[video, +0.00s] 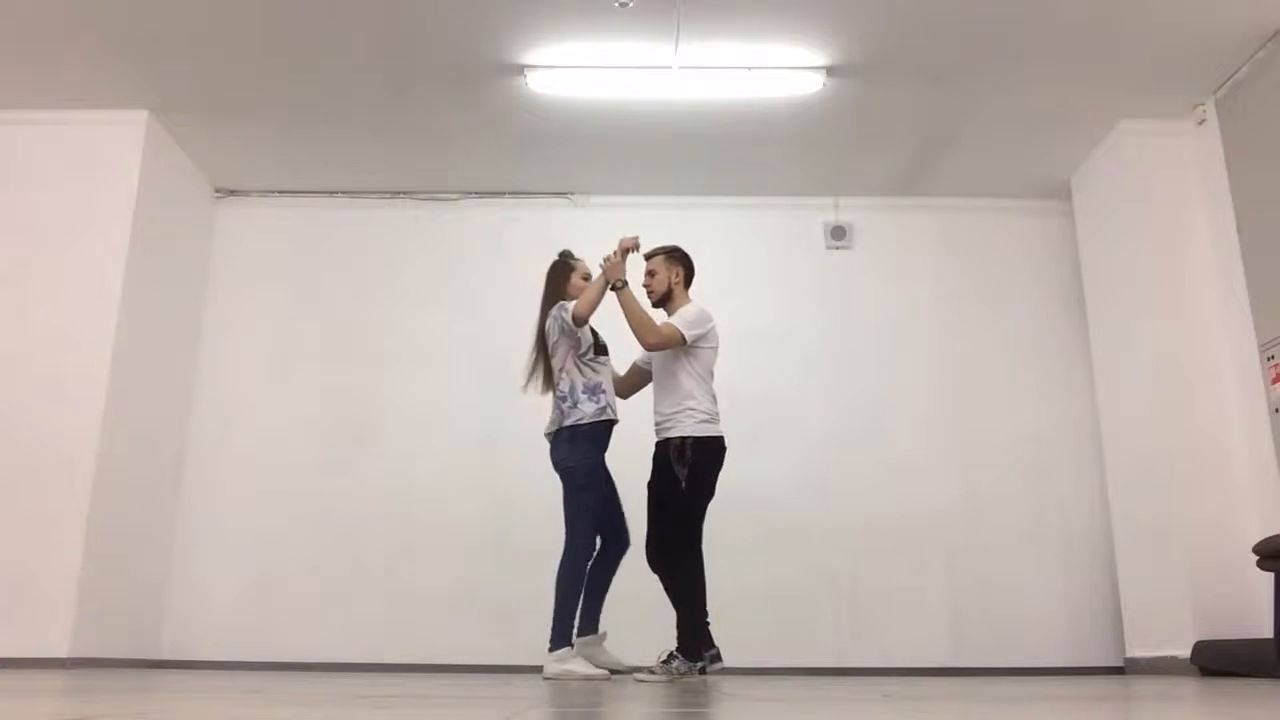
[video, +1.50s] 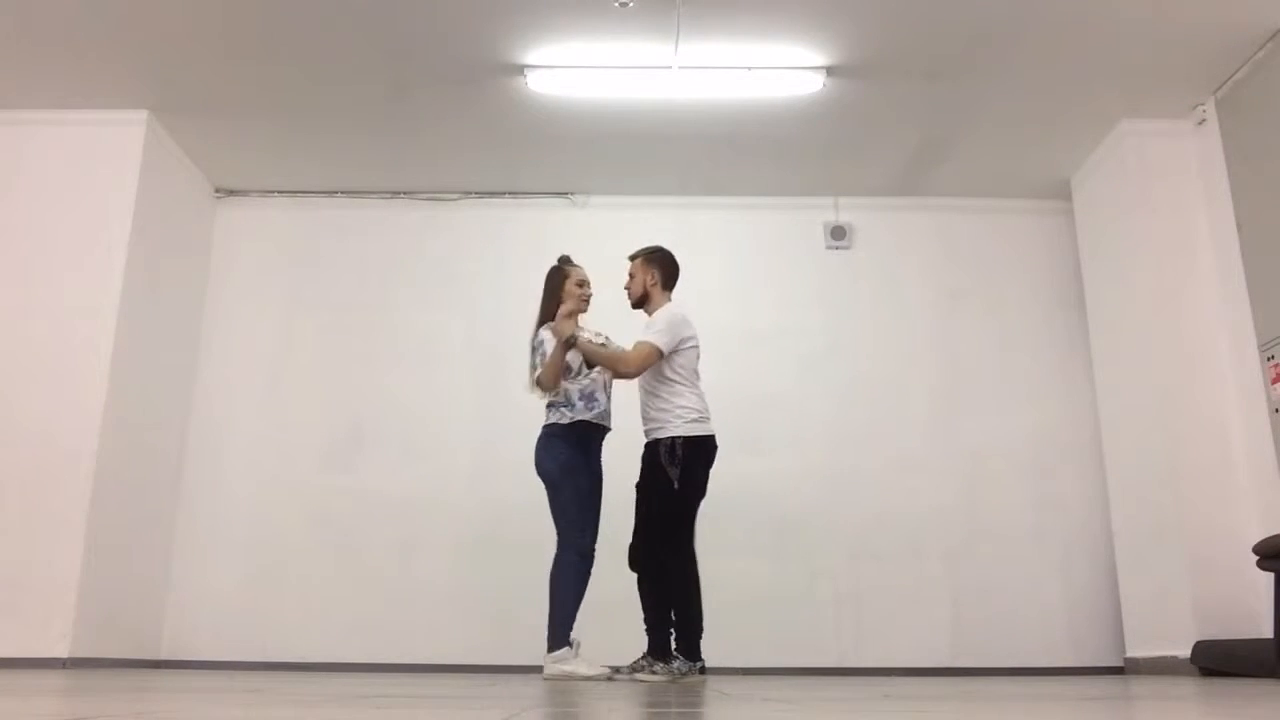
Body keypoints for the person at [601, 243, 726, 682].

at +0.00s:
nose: (645, 282)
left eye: (652, 273)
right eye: (643, 276)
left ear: (677, 274)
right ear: (662, 279)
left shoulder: (698, 316)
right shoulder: (664, 336)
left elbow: (653, 338)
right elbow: (622, 386)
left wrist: (619, 286)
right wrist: (580, 358)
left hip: (695, 443)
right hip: (671, 445)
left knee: (678, 548)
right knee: (663, 551)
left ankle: (690, 653)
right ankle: (701, 646)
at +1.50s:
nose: (625, 283)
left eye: (630, 274)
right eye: (627, 275)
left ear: (652, 276)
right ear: (653, 278)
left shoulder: (671, 318)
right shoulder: (659, 322)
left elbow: (629, 365)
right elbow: (628, 365)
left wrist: (577, 340)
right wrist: (596, 347)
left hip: (681, 444)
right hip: (668, 444)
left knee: (665, 551)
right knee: (652, 551)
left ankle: (682, 657)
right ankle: (663, 654)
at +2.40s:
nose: (613, 306)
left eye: (621, 295)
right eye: (610, 297)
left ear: (646, 296)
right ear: (607, 301)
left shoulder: (665, 337)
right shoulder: (612, 347)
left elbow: (646, 348)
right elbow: (579, 362)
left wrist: (632, 309)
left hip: (656, 459)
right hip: (615, 461)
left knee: (647, 556)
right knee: (615, 556)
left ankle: (642, 653)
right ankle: (624, 651)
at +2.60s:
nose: (619, 304)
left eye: (627, 298)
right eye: (613, 299)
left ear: (647, 304)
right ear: (607, 306)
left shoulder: (663, 348)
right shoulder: (595, 346)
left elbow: (699, 343)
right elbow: (536, 362)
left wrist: (696, 292)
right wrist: (560, 358)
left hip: (649, 463)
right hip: (604, 462)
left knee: (651, 554)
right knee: (608, 555)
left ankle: (656, 646)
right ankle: (621, 652)